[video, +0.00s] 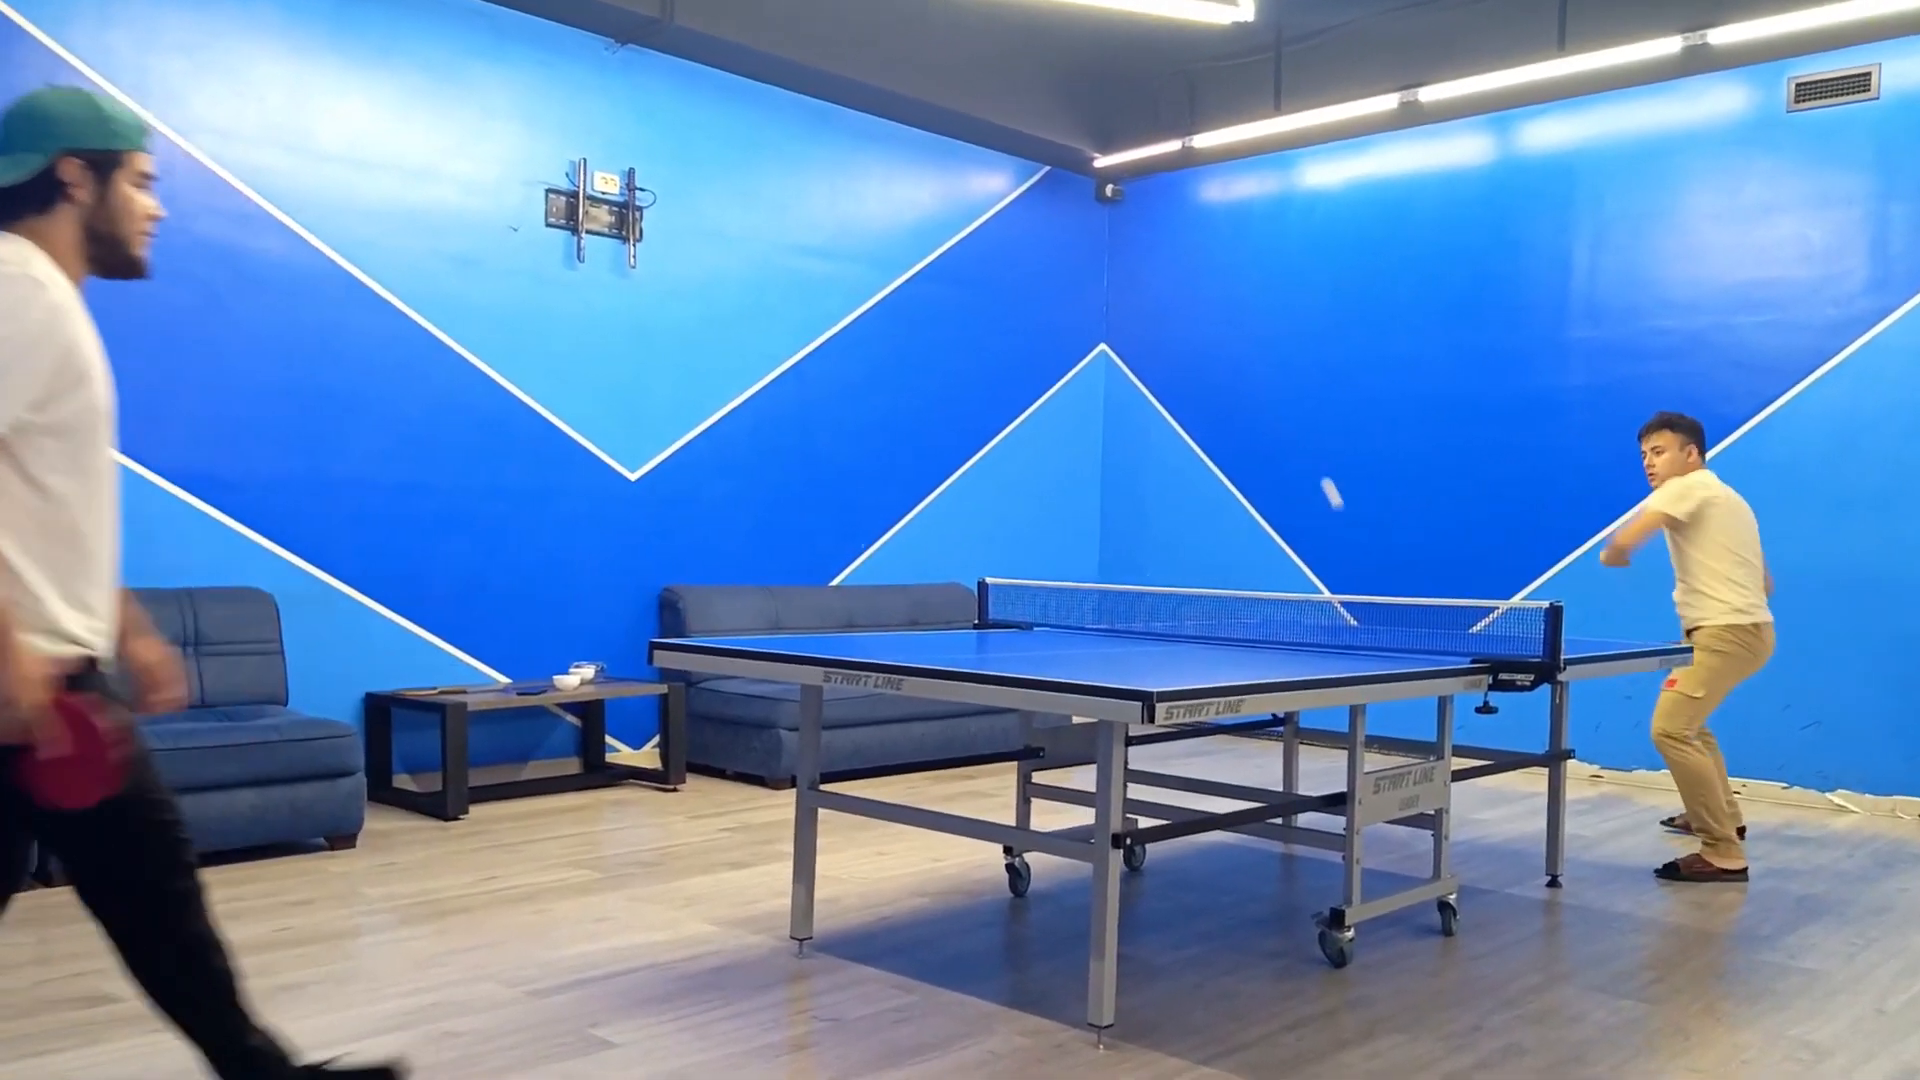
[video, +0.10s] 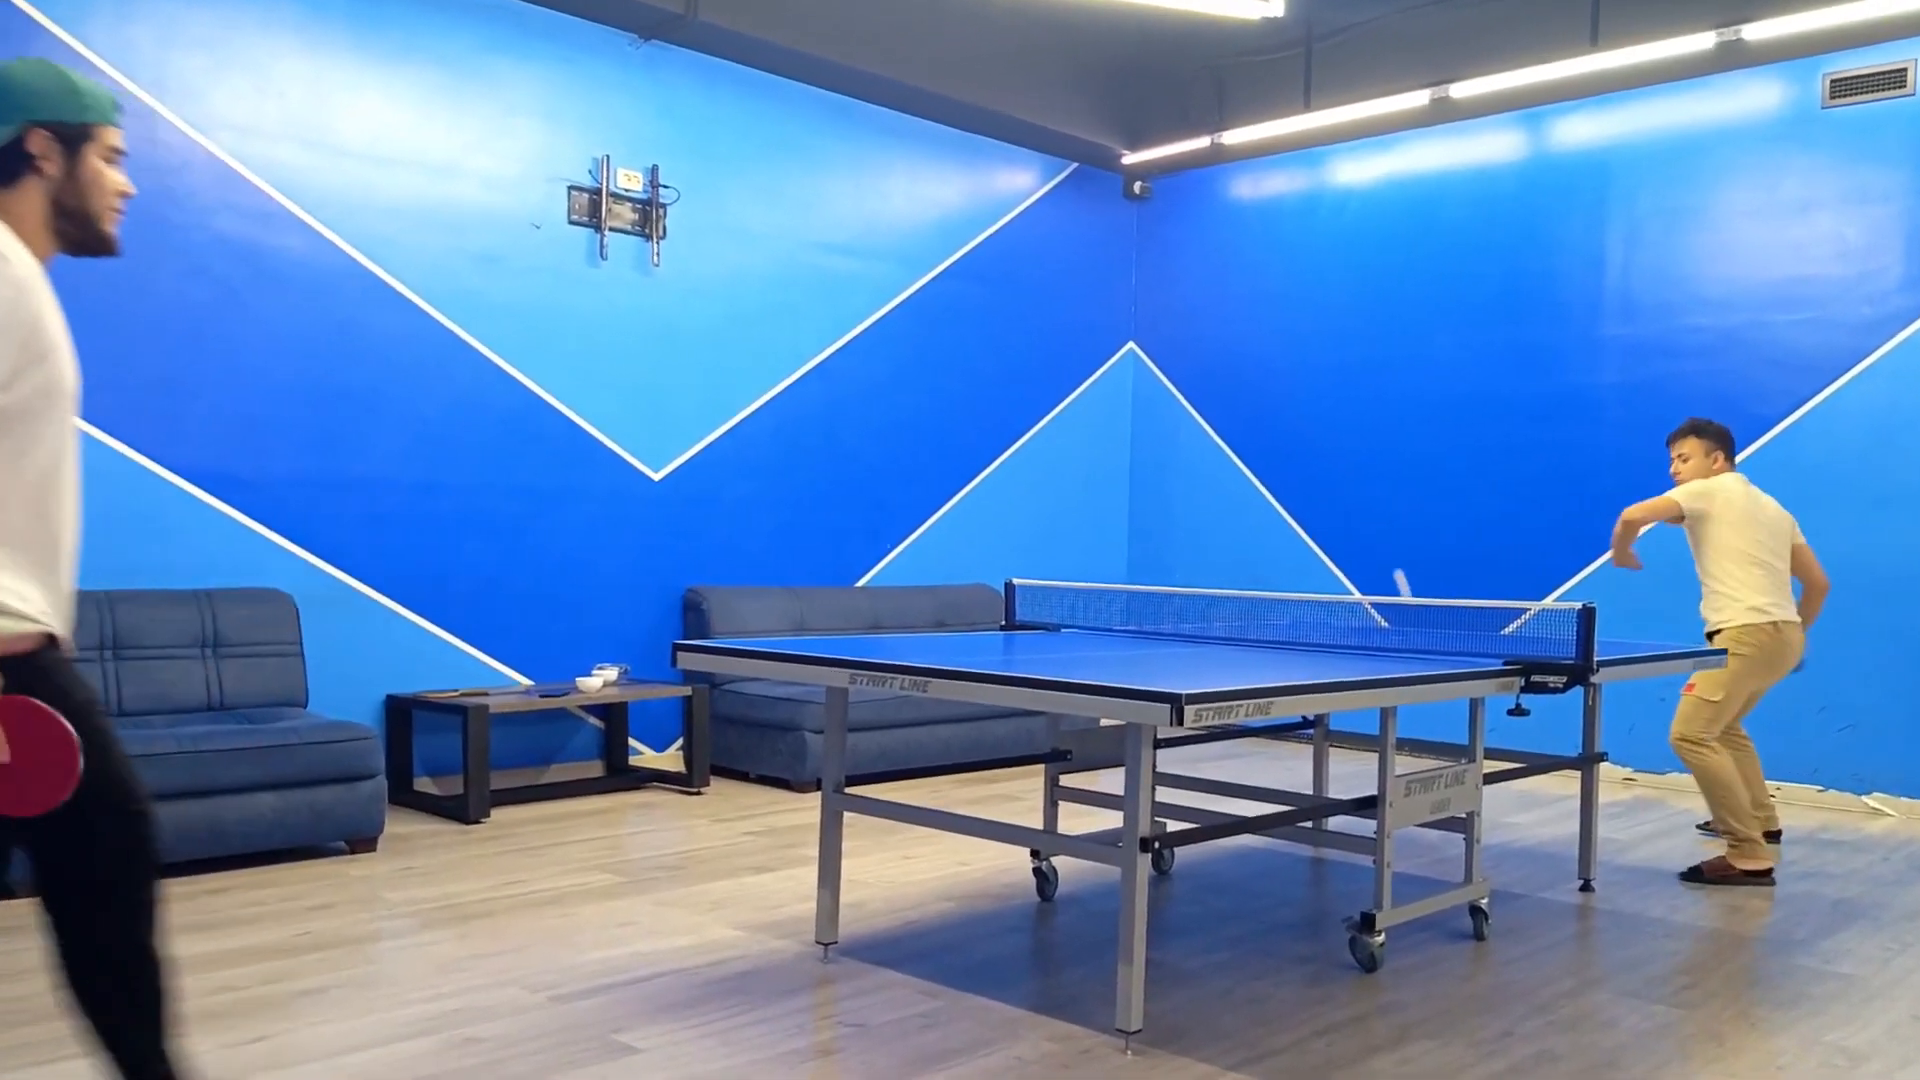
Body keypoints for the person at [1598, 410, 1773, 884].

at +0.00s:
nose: (1648, 463)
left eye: (1657, 451)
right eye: (1645, 455)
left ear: (1691, 453)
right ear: (1693, 459)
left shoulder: (1688, 487)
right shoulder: (1730, 499)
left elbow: (1622, 542)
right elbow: (1763, 583)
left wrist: (1613, 555)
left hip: (1725, 630)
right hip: (1745, 628)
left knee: (1671, 730)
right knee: (1686, 722)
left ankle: (1723, 853)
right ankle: (1720, 816)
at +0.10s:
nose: (1673, 470)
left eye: (1682, 459)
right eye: (1672, 461)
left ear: (1718, 459)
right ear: (1723, 463)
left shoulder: (1705, 491)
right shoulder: (1774, 509)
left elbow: (1631, 517)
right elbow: (1817, 582)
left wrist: (1621, 551)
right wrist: (1795, 632)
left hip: (1747, 633)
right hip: (1786, 635)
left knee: (1691, 736)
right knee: (1723, 726)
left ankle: (1747, 854)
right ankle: (1762, 824)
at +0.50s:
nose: (1728, 466)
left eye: (1741, 458)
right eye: (1725, 455)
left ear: (1774, 462)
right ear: (1718, 452)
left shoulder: (1810, 501)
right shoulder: (1708, 481)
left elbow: (1878, 513)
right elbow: (1659, 443)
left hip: (1780, 635)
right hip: (1718, 633)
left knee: (1748, 715)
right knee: (1708, 735)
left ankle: (1761, 850)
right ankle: (1782, 784)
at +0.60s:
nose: (1707, 470)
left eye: (1720, 464)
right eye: (1703, 459)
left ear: (1749, 465)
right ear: (1696, 453)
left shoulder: (1764, 499)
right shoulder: (1675, 478)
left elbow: (1786, 517)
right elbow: (1648, 431)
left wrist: (1824, 520)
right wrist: (1645, 367)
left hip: (1726, 629)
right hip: (1665, 624)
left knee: (1712, 704)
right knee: (1632, 713)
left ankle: (1725, 833)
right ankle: (1674, 780)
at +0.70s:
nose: (1678, 465)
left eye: (1692, 459)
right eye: (1674, 454)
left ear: (1717, 464)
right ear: (1665, 448)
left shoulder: (1724, 501)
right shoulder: (1637, 476)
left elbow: (1710, 537)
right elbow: (1607, 444)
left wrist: (1718, 561)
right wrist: (1612, 398)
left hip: (1673, 623)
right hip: (1611, 618)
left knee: (1669, 692)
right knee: (1563, 705)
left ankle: (1686, 816)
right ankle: (1599, 764)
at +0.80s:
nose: (1637, 455)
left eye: (1651, 448)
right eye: (1631, 443)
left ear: (1673, 456)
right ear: (1622, 442)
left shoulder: (1677, 498)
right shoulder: (1594, 472)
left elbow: (1666, 541)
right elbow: (1544, 454)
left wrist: (1683, 593)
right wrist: (1569, 437)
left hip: (1627, 616)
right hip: (1568, 610)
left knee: (1625, 677)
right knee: (1529, 669)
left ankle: (1646, 799)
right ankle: (1560, 750)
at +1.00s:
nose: (1592, 463)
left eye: (1606, 455)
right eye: (1585, 453)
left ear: (1632, 466)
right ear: (1578, 456)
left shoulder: (1655, 517)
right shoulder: (1556, 500)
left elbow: (1696, 566)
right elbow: (1474, 506)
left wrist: (1721, 610)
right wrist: (1514, 528)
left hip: (1613, 644)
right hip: (1552, 640)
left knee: (1593, 710)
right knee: (1512, 702)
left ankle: (1622, 837)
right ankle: (1538, 787)